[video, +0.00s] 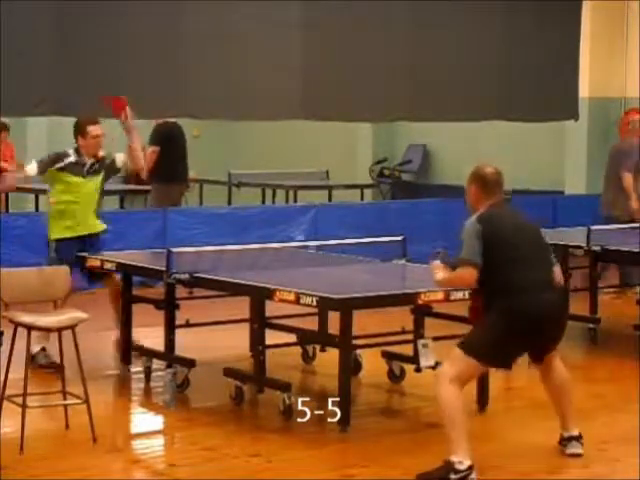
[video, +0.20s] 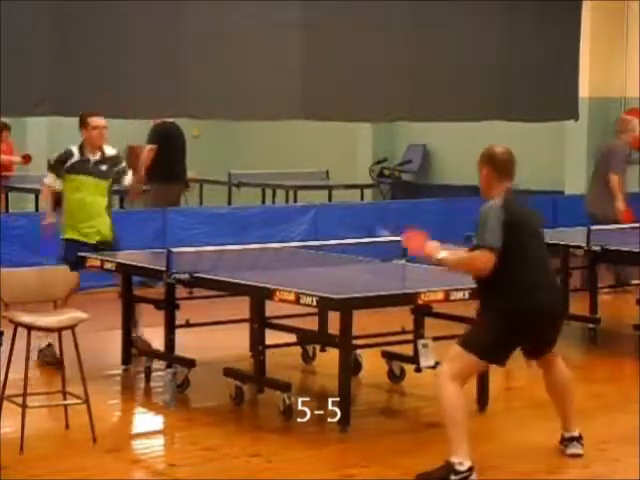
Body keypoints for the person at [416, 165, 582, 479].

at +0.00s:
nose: (466, 197)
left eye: (467, 191)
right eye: (467, 191)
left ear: (474, 191)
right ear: (500, 190)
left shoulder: (477, 223)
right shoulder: (526, 222)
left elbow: (469, 277)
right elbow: (557, 279)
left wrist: (442, 276)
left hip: (511, 311)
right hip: (552, 307)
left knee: (449, 377)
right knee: (548, 358)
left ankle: (459, 460)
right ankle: (571, 434)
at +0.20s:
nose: (479, 179)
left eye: (479, 173)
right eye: (481, 173)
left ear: (486, 173)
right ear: (510, 173)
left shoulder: (494, 209)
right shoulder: (526, 209)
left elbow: (482, 262)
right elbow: (517, 261)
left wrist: (438, 253)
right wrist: (455, 255)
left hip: (508, 311)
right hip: (548, 305)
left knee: (450, 375)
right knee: (549, 358)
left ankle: (460, 463)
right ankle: (572, 434)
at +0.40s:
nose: (490, 156)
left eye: (491, 151)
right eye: (493, 151)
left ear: (497, 156)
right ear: (524, 157)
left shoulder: (504, 198)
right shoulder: (534, 193)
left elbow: (488, 250)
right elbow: (503, 226)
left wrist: (443, 242)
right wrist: (457, 212)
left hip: (501, 306)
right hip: (535, 302)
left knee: (452, 370)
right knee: (538, 362)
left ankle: (460, 462)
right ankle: (570, 434)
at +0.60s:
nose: (478, 159)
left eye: (479, 154)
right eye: (480, 153)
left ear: (484, 159)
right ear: (513, 159)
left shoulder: (487, 201)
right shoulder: (533, 198)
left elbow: (460, 255)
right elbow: (524, 251)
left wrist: (429, 248)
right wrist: (469, 242)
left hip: (491, 309)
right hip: (532, 307)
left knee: (444, 366)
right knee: (537, 363)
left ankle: (463, 461)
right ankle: (570, 435)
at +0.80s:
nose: (472, 151)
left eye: (473, 146)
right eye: (477, 146)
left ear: (476, 148)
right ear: (508, 150)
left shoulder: (464, 187)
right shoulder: (529, 191)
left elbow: (438, 244)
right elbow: (548, 251)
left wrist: (435, 237)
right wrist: (518, 256)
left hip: (472, 295)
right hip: (520, 296)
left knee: (424, 365)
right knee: (543, 366)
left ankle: (439, 452)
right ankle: (562, 446)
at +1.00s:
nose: (464, 168)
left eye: (463, 163)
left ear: (464, 164)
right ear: (497, 166)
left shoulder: (448, 203)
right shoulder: (516, 204)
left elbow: (424, 262)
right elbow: (540, 265)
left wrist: (450, 256)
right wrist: (535, 282)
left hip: (463, 311)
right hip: (513, 310)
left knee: (412, 372)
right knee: (545, 371)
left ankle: (420, 464)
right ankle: (562, 452)